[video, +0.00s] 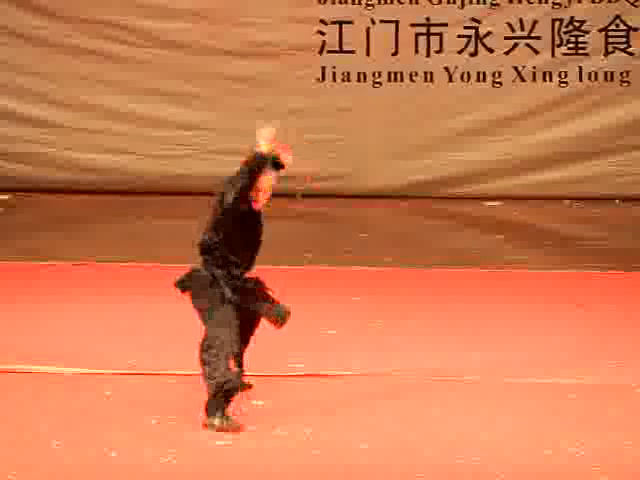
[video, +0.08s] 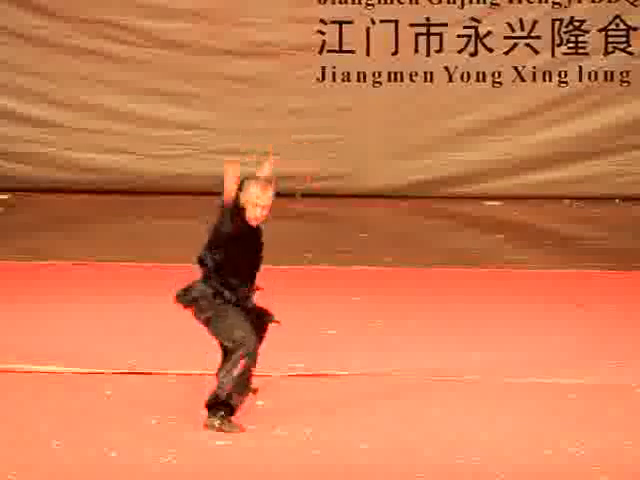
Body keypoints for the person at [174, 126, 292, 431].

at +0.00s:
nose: (266, 195)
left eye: (269, 189)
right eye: (262, 188)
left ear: (270, 191)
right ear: (248, 187)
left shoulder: (253, 217)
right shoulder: (232, 210)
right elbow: (236, 189)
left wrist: (274, 163)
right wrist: (257, 160)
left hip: (233, 278)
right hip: (210, 277)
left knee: (249, 314)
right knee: (222, 324)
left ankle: (232, 365)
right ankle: (216, 401)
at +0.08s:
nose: (261, 213)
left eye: (265, 207)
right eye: (255, 206)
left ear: (270, 206)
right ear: (243, 203)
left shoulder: (252, 227)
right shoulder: (231, 224)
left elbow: (262, 193)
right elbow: (229, 204)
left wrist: (266, 172)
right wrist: (231, 186)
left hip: (233, 299)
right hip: (212, 298)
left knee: (256, 327)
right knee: (244, 341)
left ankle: (235, 380)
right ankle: (219, 409)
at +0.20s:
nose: (260, 223)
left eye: (267, 218)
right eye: (255, 216)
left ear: (274, 215)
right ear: (243, 208)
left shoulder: (261, 236)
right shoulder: (232, 229)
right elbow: (226, 248)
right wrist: (217, 261)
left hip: (231, 300)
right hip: (211, 302)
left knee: (261, 321)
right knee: (245, 341)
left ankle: (242, 383)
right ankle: (219, 411)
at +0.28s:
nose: (265, 224)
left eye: (272, 218)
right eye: (260, 216)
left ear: (278, 217)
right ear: (248, 209)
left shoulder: (266, 238)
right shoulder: (238, 228)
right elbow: (233, 235)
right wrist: (223, 242)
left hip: (233, 297)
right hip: (214, 300)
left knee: (264, 318)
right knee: (250, 346)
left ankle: (250, 381)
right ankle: (223, 414)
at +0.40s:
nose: (287, 209)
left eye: (290, 203)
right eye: (284, 202)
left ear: (291, 200)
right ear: (270, 197)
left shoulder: (274, 218)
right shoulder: (254, 216)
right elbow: (223, 257)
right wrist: (237, 246)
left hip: (240, 287)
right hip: (225, 289)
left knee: (271, 314)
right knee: (254, 346)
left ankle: (263, 379)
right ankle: (231, 411)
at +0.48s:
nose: (299, 191)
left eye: (301, 186)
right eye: (294, 185)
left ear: (298, 185)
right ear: (278, 180)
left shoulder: (278, 198)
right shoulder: (263, 205)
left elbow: (294, 203)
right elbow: (246, 252)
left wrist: (310, 208)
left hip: (249, 273)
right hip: (229, 274)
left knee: (277, 315)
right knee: (234, 332)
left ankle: (264, 381)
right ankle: (228, 399)